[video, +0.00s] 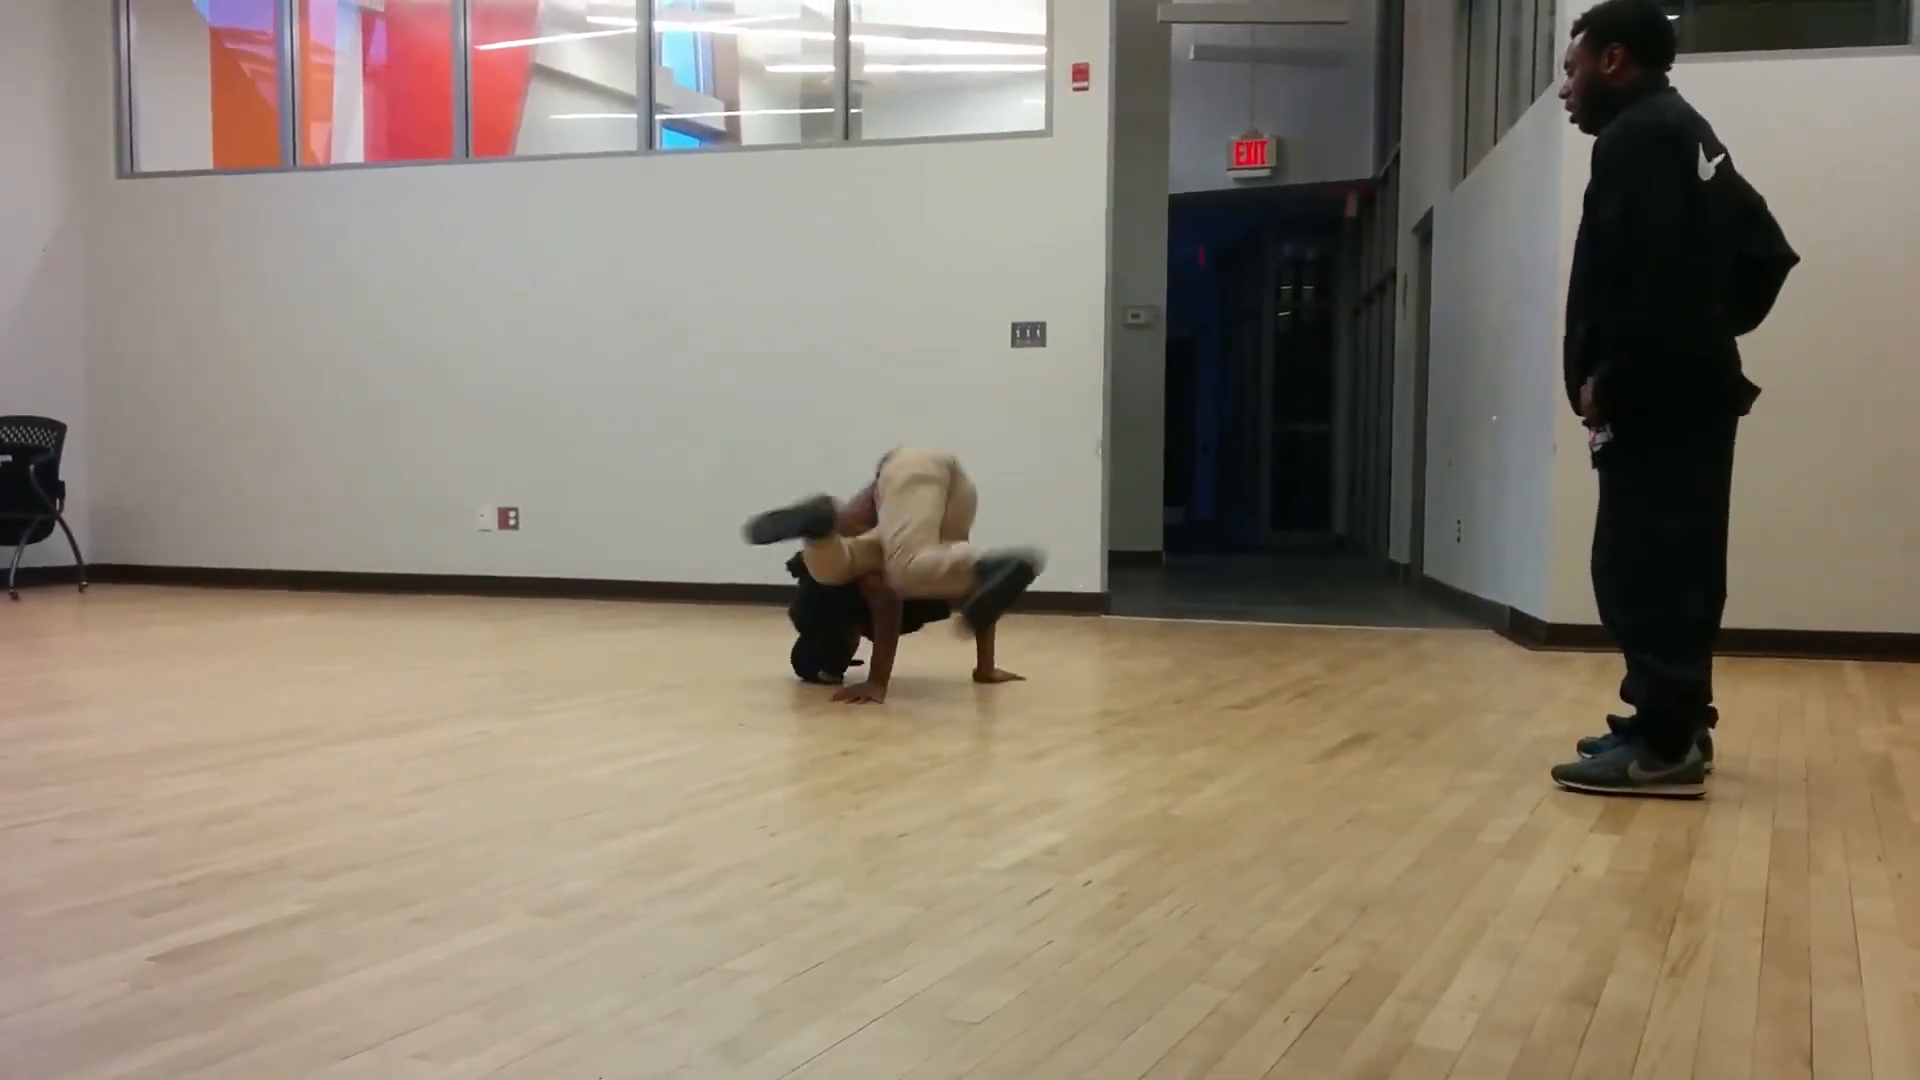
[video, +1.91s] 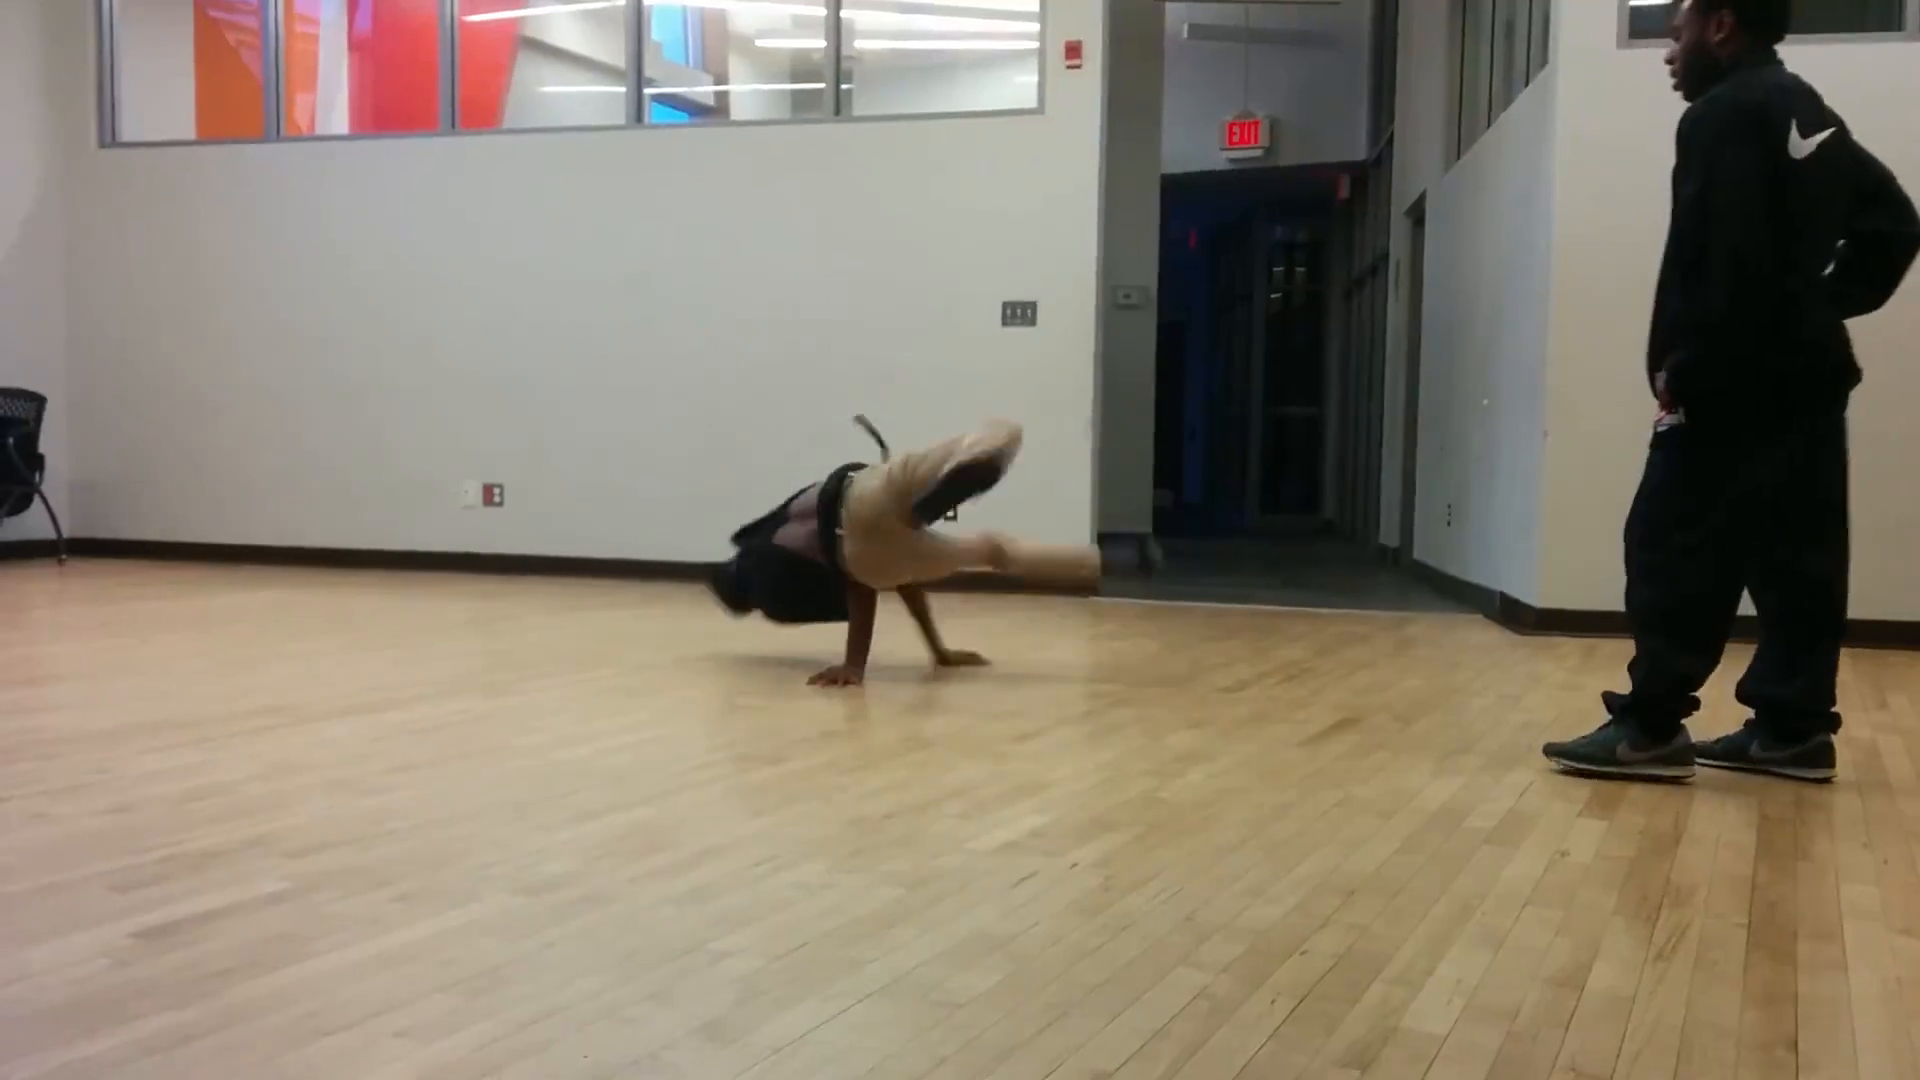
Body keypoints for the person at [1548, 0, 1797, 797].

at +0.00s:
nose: (1563, 84)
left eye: (1573, 67)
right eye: (1565, 68)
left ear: (1615, 61)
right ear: (1630, 64)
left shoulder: (1638, 135)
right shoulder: (1676, 128)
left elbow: (1638, 276)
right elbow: (1764, 252)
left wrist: (1600, 375)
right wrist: (1701, 339)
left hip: (1657, 403)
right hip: (1691, 399)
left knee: (1642, 563)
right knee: (1671, 558)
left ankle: (1665, 744)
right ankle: (1672, 727)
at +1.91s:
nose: (1668, 46)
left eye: (1678, 25)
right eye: (1670, 28)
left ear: (1724, 27)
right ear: (1740, 33)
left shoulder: (1719, 115)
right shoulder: (1803, 107)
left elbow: (1702, 251)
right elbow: (1892, 224)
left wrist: (1674, 363)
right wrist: (1825, 309)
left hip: (1727, 383)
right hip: (1808, 383)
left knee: (1666, 542)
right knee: (1799, 552)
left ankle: (1649, 723)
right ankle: (1793, 730)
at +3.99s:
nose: (1552, 112)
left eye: (1560, 90)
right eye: (1551, 93)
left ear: (1610, 78)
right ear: (1613, 81)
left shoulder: (1664, 156)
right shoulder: (1642, 159)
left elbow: (1684, 319)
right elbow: (1646, 312)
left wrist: (1615, 419)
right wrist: (1587, 407)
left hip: (1656, 449)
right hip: (1630, 447)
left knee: (1652, 626)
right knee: (1623, 623)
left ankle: (1664, 817)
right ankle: (1626, 783)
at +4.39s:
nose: (1538, 137)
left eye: (1547, 117)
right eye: (1539, 119)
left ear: (1593, 112)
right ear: (1600, 113)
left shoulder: (1628, 193)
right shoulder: (1634, 186)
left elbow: (1651, 339)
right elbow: (1705, 330)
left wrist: (1591, 452)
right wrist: (1616, 437)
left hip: (1645, 475)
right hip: (1633, 473)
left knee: (1646, 646)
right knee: (1621, 641)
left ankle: (1657, 835)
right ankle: (1623, 803)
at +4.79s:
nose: (1524, 175)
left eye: (1532, 155)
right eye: (1522, 157)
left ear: (1580, 146)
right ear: (1583, 147)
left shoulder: (1628, 224)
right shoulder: (1615, 221)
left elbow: (1657, 363)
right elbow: (1623, 363)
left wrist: (1596, 475)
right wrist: (1570, 463)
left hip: (1643, 492)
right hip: (1618, 491)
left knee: (1637, 658)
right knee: (1611, 654)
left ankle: (1647, 841)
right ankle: (1617, 814)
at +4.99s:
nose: (1533, 182)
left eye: (1541, 161)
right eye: (1531, 163)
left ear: (1589, 150)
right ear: (1593, 152)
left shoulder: (1641, 228)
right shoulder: (1623, 227)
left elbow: (1658, 376)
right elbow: (1632, 374)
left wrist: (1596, 480)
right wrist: (1575, 470)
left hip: (1643, 500)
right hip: (1619, 499)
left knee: (1632, 666)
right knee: (1611, 662)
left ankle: (1649, 851)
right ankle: (1617, 825)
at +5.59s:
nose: (1558, 147)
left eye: (1567, 125)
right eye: (1558, 127)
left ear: (1622, 116)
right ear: (1623, 119)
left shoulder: (1670, 197)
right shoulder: (1646, 197)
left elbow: (1674, 357)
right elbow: (1630, 349)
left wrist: (1606, 456)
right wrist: (1574, 441)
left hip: (1659, 482)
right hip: (1631, 480)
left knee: (1650, 656)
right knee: (1626, 651)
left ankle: (1657, 846)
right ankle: (1623, 814)